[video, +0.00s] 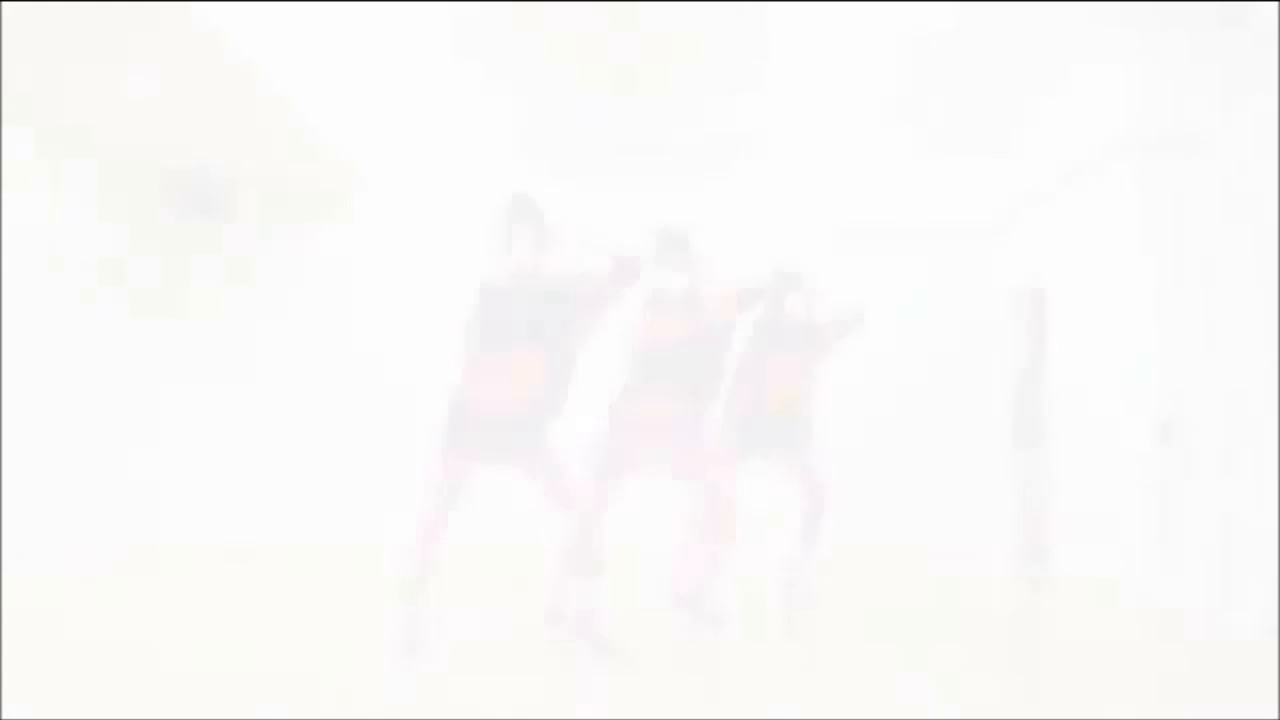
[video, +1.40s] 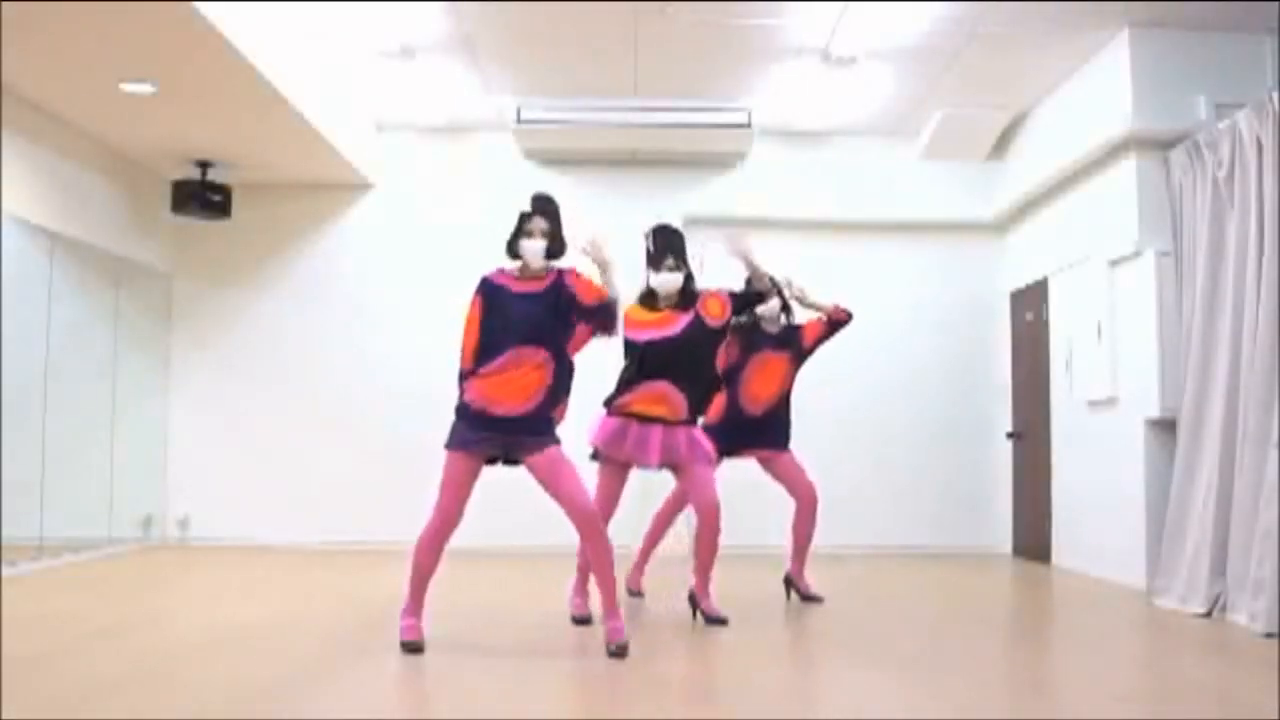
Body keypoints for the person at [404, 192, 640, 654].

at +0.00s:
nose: (524, 254)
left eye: (531, 243)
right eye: (516, 243)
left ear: (544, 246)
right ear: (503, 245)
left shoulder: (561, 298)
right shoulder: (487, 294)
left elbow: (602, 293)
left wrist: (622, 271)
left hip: (527, 430)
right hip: (470, 428)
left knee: (579, 511)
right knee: (435, 518)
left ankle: (571, 604)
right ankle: (410, 612)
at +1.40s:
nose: (536, 242)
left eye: (545, 235)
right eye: (529, 234)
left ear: (557, 243)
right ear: (515, 239)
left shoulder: (565, 287)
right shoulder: (492, 286)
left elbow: (608, 320)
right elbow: (470, 349)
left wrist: (604, 270)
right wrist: (468, 402)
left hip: (533, 426)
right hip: (478, 420)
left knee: (588, 517)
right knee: (444, 518)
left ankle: (612, 615)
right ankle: (412, 614)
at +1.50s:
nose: (557, 253)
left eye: (564, 246)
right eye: (549, 244)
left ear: (571, 252)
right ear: (530, 247)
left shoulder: (580, 294)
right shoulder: (502, 291)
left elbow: (577, 354)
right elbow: (479, 356)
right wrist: (478, 418)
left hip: (551, 427)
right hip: (495, 424)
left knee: (596, 518)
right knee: (456, 525)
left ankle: (634, 618)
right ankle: (415, 611)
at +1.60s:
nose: (574, 262)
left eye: (581, 254)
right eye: (566, 253)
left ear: (588, 257)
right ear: (547, 253)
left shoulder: (595, 295)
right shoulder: (521, 294)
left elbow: (605, 357)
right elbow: (499, 356)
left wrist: (633, 380)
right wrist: (493, 414)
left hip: (576, 428)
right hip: (519, 428)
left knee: (611, 519)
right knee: (478, 526)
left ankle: (637, 621)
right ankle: (427, 609)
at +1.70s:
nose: (585, 269)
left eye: (592, 260)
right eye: (577, 260)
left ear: (605, 257)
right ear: (563, 254)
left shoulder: (618, 295)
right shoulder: (538, 295)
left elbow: (632, 352)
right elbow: (520, 365)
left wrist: (647, 420)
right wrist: (518, 418)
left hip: (601, 423)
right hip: (541, 424)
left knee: (620, 517)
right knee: (507, 524)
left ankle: (638, 620)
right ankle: (458, 611)